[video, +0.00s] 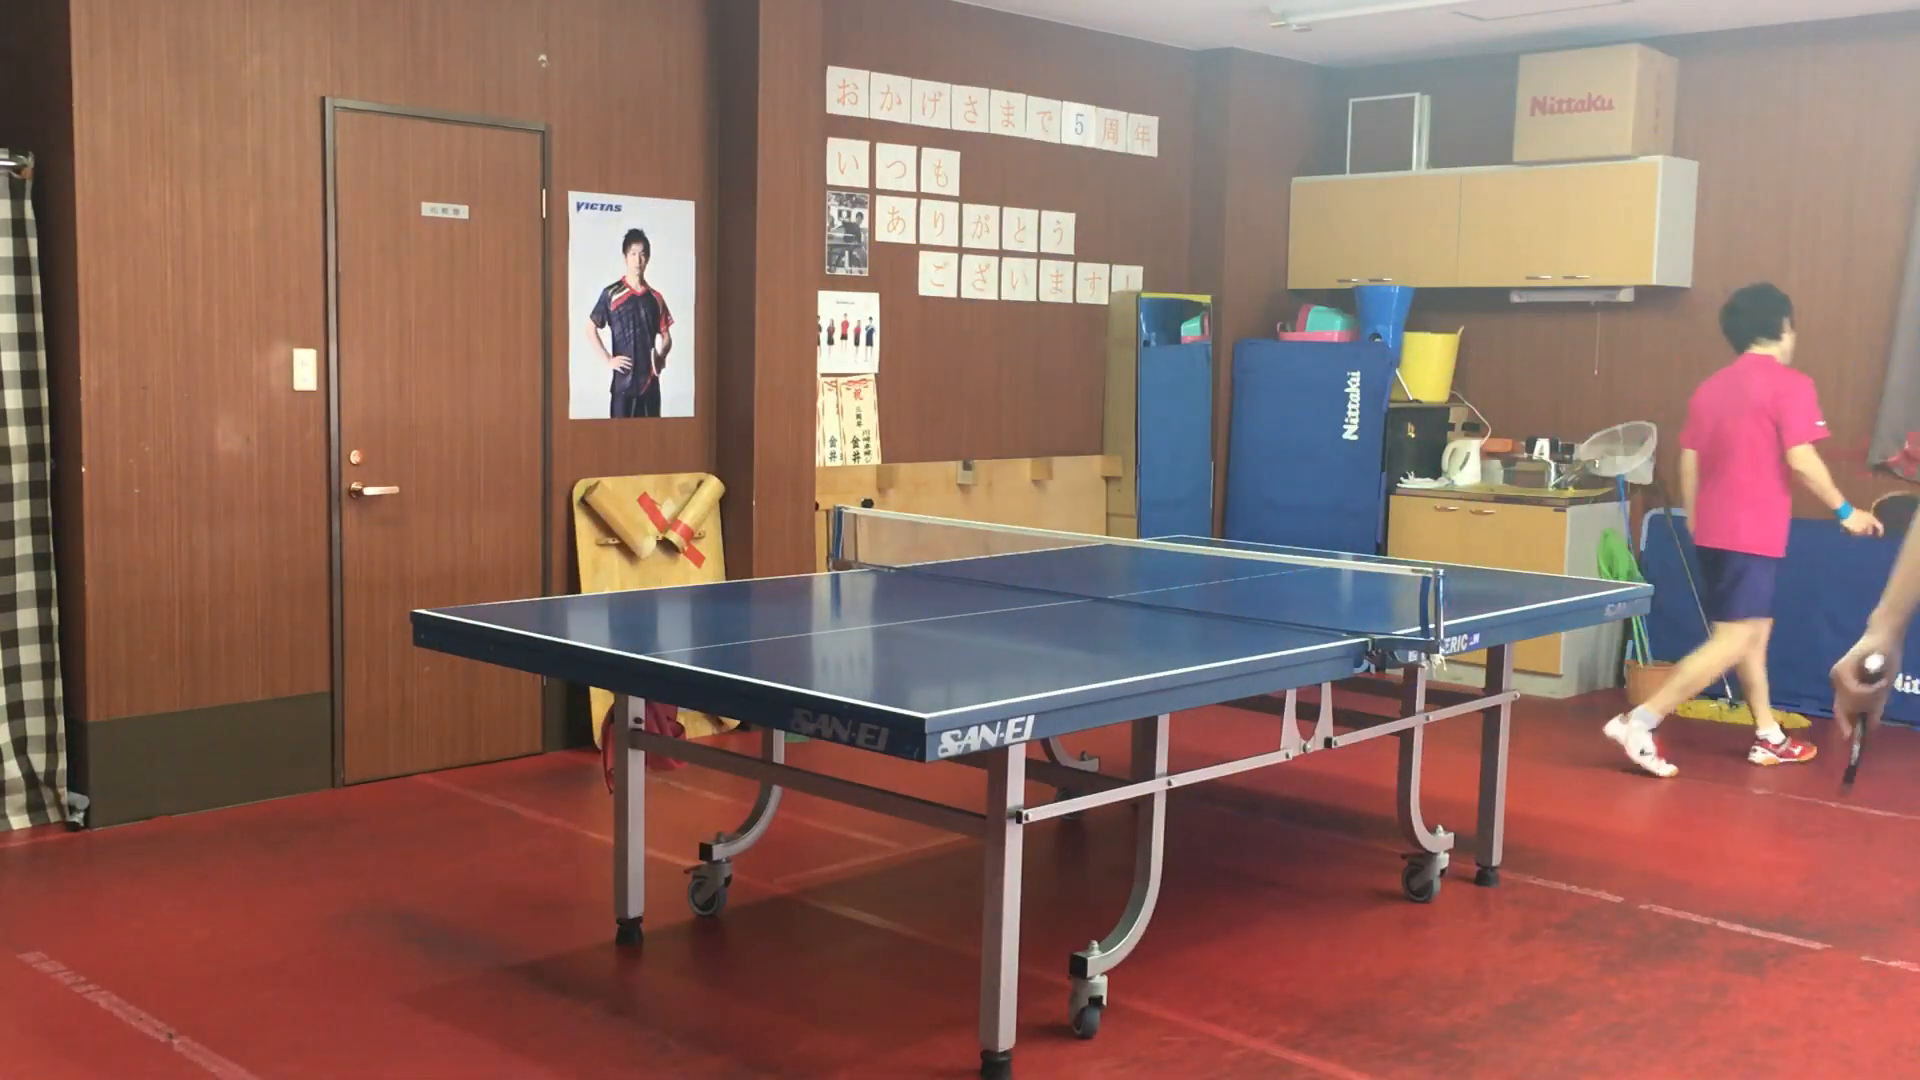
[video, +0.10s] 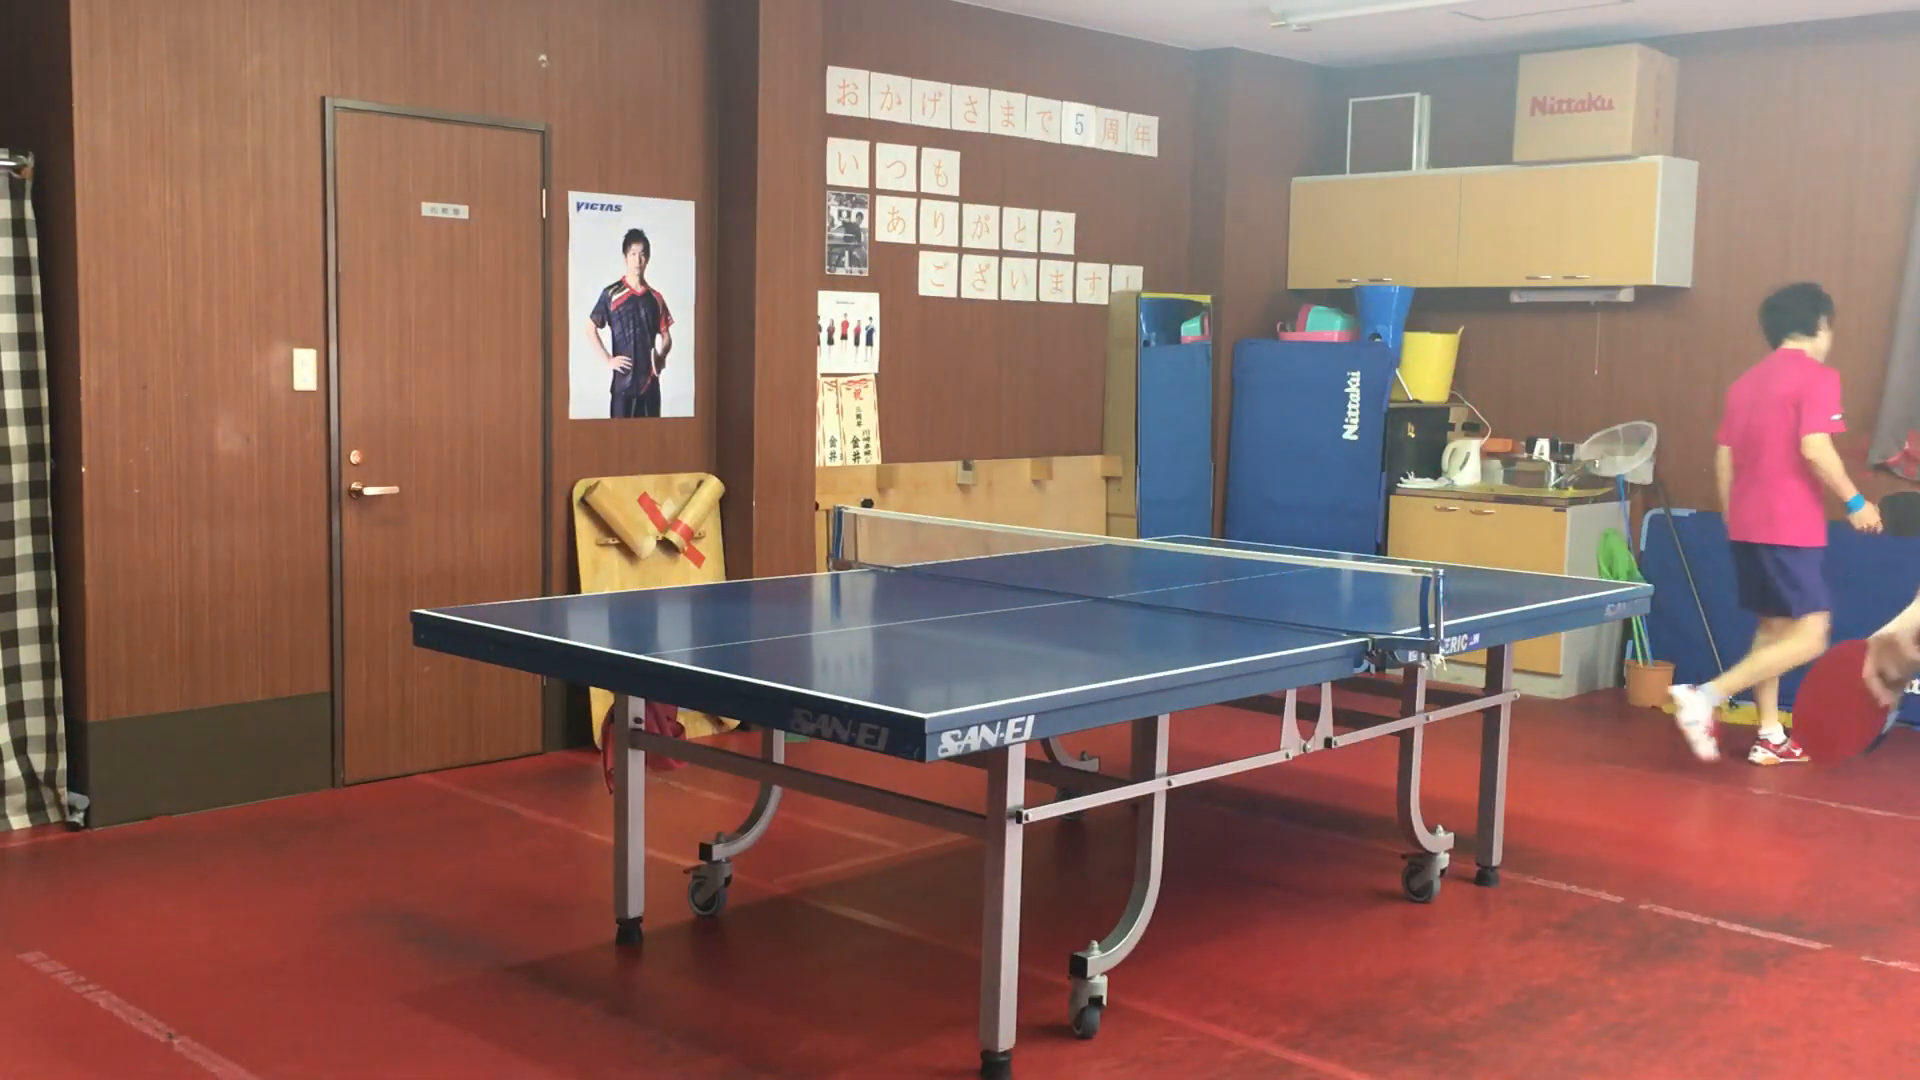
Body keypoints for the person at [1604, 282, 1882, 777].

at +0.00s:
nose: (1794, 335)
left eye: (1791, 326)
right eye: (1792, 326)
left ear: (1738, 335)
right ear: (1781, 328)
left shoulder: (1710, 387)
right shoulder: (1788, 383)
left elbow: (1688, 463)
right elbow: (1800, 458)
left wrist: (1696, 522)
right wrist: (1845, 511)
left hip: (1712, 534)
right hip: (1755, 538)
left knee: (1754, 632)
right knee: (1735, 638)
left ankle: (1768, 735)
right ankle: (1639, 723)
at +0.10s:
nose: (1830, 335)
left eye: (1829, 326)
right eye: (1828, 326)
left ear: (1777, 331)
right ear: (1815, 327)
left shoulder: (1743, 383)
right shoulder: (1815, 374)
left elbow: (1724, 459)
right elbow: (1814, 445)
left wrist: (1733, 518)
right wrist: (1856, 501)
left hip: (1747, 527)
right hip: (1790, 529)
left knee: (1772, 624)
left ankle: (1770, 734)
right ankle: (1703, 699)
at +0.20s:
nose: (1869, 339)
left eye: (1870, 329)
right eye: (1869, 328)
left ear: (1817, 325)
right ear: (1853, 325)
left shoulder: (1778, 376)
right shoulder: (1840, 370)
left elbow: (1761, 455)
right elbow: (1826, 437)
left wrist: (1772, 513)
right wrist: (1865, 494)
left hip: (1778, 525)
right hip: (1823, 525)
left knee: (1786, 622)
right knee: (1869, 624)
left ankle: (1773, 737)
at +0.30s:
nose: (1911, 347)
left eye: (1913, 338)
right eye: (1912, 336)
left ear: (1857, 326)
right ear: (1896, 330)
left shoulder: (1816, 374)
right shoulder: (1869, 369)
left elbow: (1800, 460)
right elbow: (1843, 431)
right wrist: (1885, 490)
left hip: (1806, 529)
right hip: (1852, 530)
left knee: (1799, 625)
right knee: (1910, 623)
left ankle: (1773, 733)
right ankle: (1873, 734)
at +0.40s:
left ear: (1896, 332)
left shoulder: (1856, 379)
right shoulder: (1905, 376)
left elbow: (1838, 451)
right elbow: (1875, 432)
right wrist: (1917, 482)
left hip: (1836, 536)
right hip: (1887, 540)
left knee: (1817, 629)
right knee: (1919, 634)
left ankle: (1775, 730)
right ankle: (1915, 743)